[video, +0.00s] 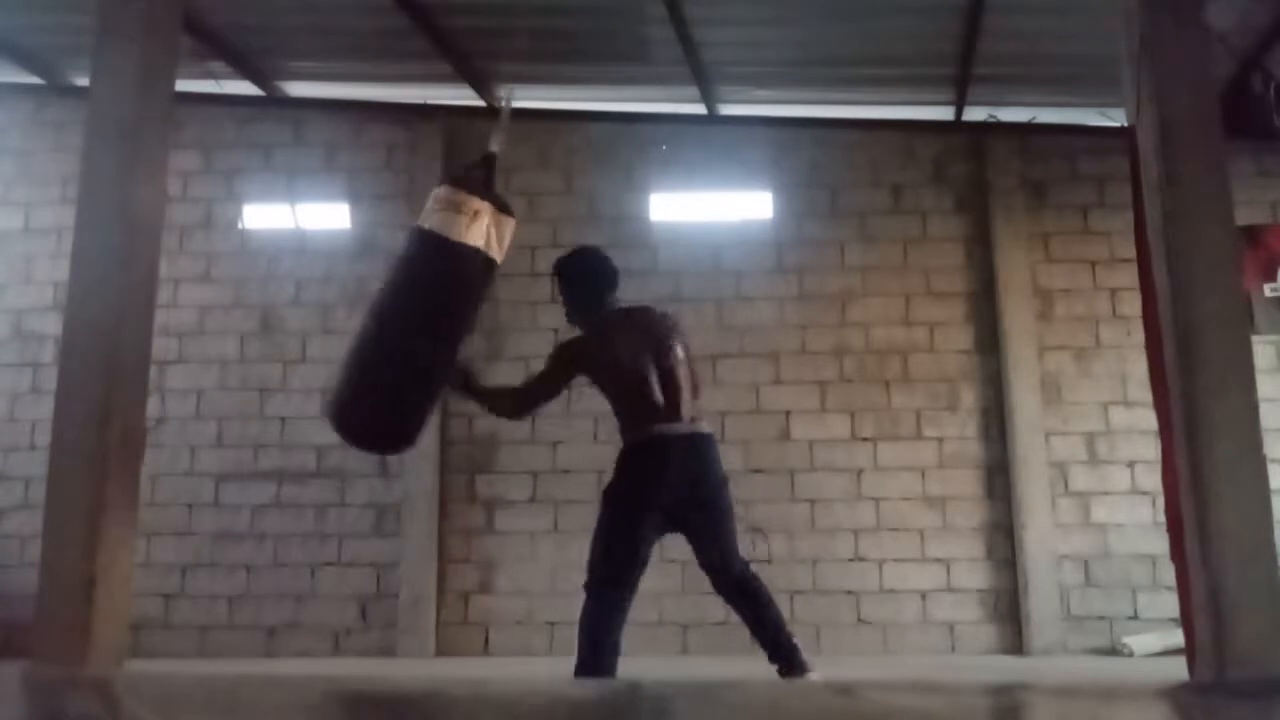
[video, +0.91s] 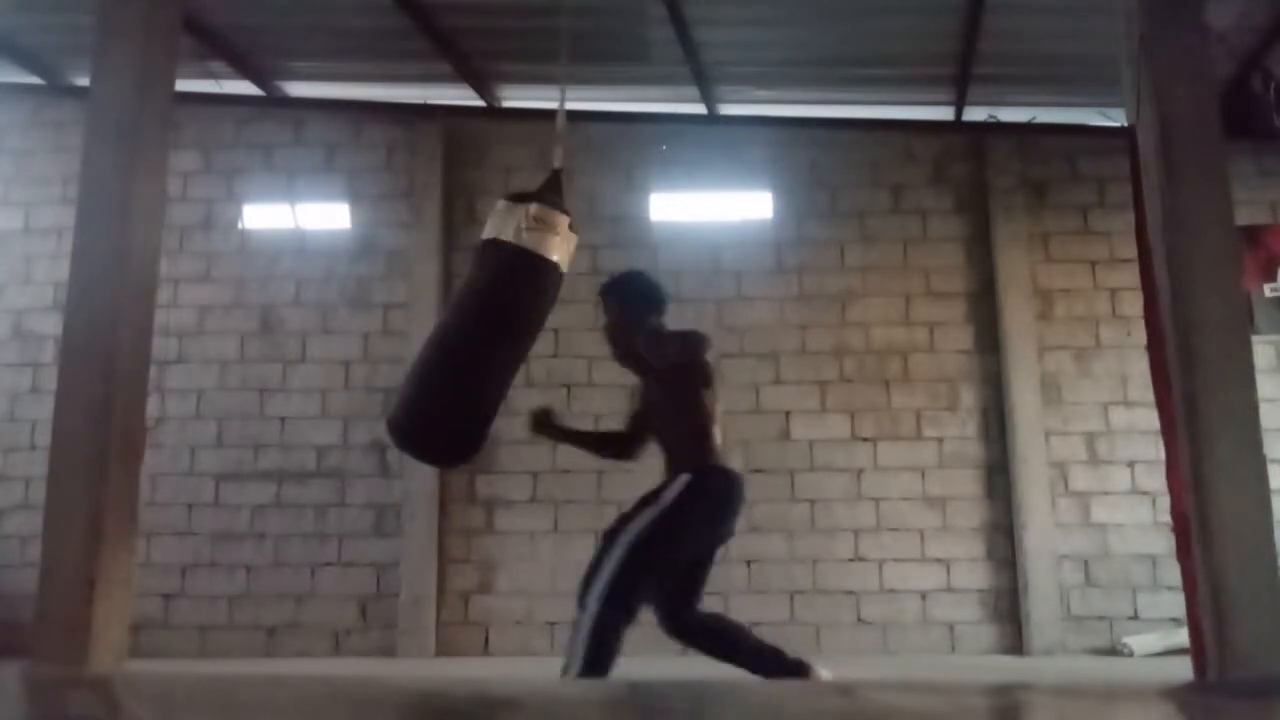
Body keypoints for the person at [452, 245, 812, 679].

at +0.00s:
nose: (562, 305)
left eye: (565, 294)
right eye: (562, 293)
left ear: (578, 294)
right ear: (610, 286)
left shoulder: (582, 346)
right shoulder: (663, 320)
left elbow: (518, 403)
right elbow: (685, 387)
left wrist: (467, 384)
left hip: (647, 463)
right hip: (700, 456)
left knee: (609, 586)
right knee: (729, 569)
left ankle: (591, 696)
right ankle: (795, 668)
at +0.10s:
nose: (569, 309)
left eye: (572, 297)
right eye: (568, 297)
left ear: (587, 297)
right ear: (614, 291)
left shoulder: (594, 351)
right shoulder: (659, 324)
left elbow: (577, 420)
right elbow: (681, 393)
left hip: (662, 454)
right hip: (710, 448)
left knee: (619, 583)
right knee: (728, 574)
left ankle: (596, 695)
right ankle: (782, 676)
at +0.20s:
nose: (582, 318)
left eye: (585, 306)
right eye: (580, 307)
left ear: (608, 303)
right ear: (622, 301)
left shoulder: (640, 340)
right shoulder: (666, 339)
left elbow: (636, 420)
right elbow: (640, 416)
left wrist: (590, 385)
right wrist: (593, 385)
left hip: (680, 460)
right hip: (718, 458)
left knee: (622, 586)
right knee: (721, 585)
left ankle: (592, 698)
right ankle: (783, 689)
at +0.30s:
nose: (594, 319)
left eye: (598, 306)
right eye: (592, 307)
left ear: (621, 301)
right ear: (633, 302)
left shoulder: (652, 333)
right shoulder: (678, 338)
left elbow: (654, 409)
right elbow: (632, 421)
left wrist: (611, 401)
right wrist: (605, 391)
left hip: (682, 460)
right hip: (719, 460)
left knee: (603, 570)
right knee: (728, 584)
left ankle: (577, 682)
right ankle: (788, 688)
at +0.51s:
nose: (597, 322)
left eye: (599, 312)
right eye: (597, 312)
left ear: (609, 309)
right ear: (644, 307)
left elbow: (564, 402)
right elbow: (739, 396)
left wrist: (526, 430)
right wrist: (709, 422)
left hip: (644, 469)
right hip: (703, 466)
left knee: (600, 590)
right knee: (738, 582)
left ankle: (571, 699)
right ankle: (788, 687)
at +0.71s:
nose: (573, 313)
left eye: (577, 302)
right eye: (572, 302)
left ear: (599, 298)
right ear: (613, 296)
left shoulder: (625, 328)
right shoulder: (637, 333)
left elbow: (604, 394)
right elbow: (654, 430)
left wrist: (579, 400)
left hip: (665, 464)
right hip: (686, 465)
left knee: (595, 544)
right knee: (680, 594)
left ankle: (574, 679)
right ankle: (787, 666)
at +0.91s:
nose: (606, 330)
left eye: (612, 317)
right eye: (606, 318)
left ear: (638, 316)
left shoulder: (673, 346)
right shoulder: (656, 380)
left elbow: (696, 346)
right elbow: (627, 446)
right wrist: (558, 432)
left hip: (698, 485)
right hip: (713, 490)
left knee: (618, 558)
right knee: (678, 614)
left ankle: (578, 691)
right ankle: (797, 675)